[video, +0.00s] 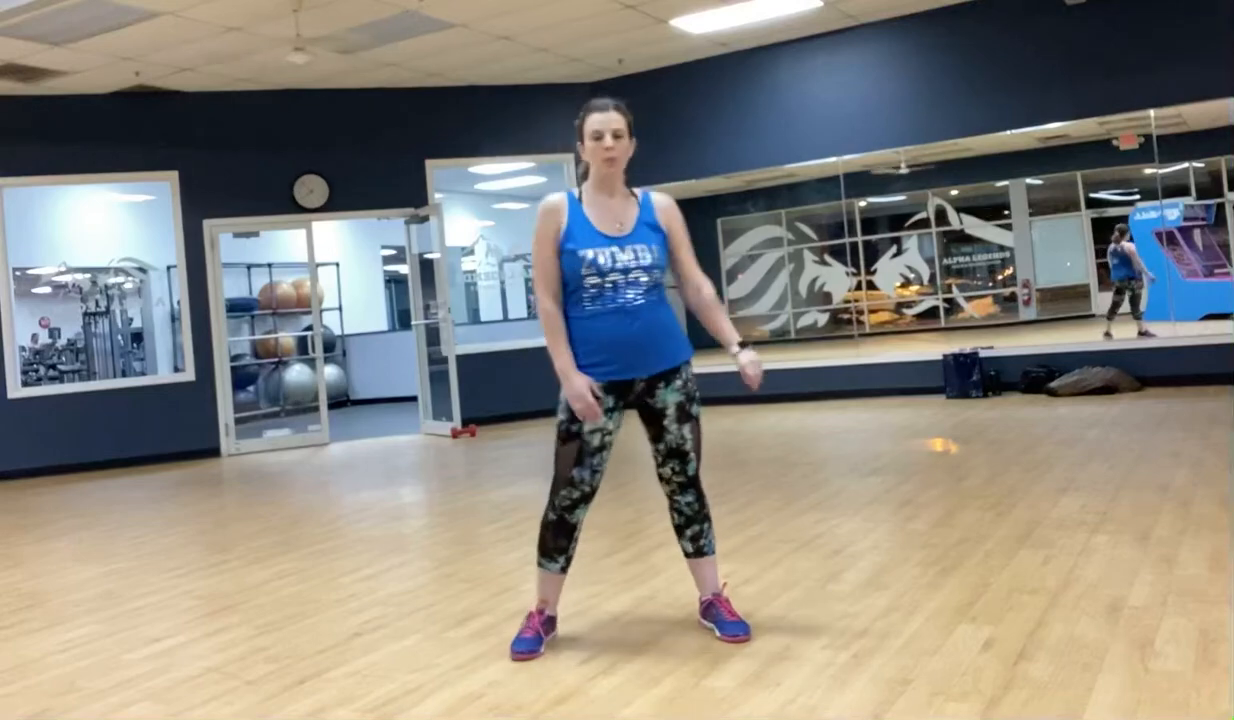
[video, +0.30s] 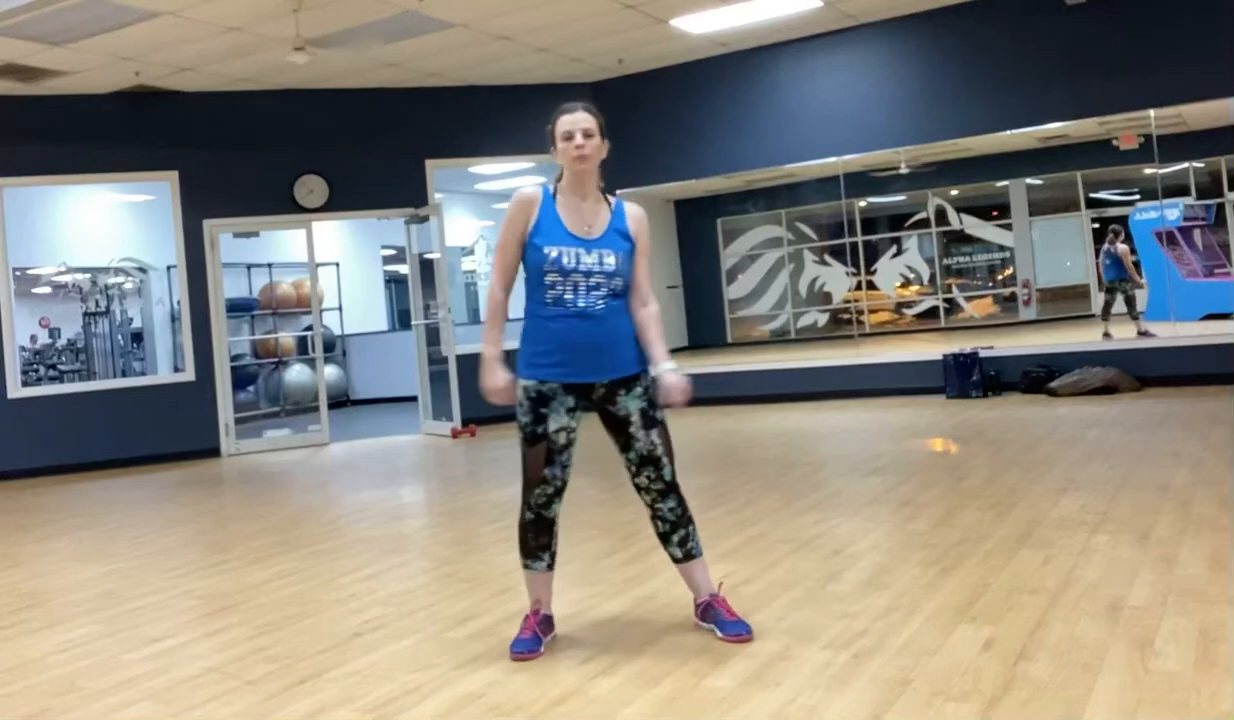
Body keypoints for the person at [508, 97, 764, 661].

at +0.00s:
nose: (608, 144)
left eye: (617, 135)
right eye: (597, 136)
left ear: (632, 144)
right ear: (581, 147)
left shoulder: (661, 209)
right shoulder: (557, 213)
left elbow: (697, 286)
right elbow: (548, 302)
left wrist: (738, 346)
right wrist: (568, 375)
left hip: (666, 369)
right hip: (593, 377)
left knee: (684, 482)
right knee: (570, 493)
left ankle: (714, 600)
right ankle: (543, 613)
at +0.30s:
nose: (579, 144)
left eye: (588, 135)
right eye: (569, 137)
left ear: (604, 144)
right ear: (554, 148)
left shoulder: (630, 216)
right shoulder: (530, 203)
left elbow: (643, 301)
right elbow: (499, 287)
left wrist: (664, 364)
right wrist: (492, 358)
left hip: (623, 374)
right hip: (549, 377)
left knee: (660, 485)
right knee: (541, 495)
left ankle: (707, 600)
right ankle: (538, 613)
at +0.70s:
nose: (576, 145)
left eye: (583, 136)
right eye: (565, 140)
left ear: (601, 144)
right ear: (552, 153)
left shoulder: (638, 203)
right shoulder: (536, 220)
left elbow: (666, 285)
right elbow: (519, 303)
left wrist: (647, 354)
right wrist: (488, 368)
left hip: (627, 373)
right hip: (556, 378)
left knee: (663, 486)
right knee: (547, 495)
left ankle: (708, 600)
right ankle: (538, 612)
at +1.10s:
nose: (598, 143)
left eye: (605, 135)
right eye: (587, 137)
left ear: (619, 144)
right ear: (571, 152)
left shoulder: (652, 187)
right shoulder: (562, 223)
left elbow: (709, 254)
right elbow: (565, 310)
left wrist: (716, 330)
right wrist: (561, 382)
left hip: (673, 365)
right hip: (599, 376)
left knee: (689, 482)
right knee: (573, 490)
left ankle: (711, 600)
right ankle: (545, 612)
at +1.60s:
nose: (633, 162)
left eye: (636, 152)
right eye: (622, 153)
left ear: (636, 157)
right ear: (589, 158)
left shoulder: (654, 219)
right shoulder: (551, 222)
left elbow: (709, 281)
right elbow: (538, 306)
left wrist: (771, 326)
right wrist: (568, 370)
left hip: (679, 368)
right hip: (607, 380)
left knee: (691, 482)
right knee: (584, 496)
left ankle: (710, 599)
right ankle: (549, 613)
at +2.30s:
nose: (580, 157)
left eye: (579, 146)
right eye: (566, 159)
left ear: (591, 146)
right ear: (553, 176)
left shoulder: (642, 211)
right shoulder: (539, 218)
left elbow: (665, 291)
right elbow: (498, 293)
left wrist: (652, 334)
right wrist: (455, 353)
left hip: (628, 370)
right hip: (552, 373)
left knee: (672, 480)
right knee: (547, 491)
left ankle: (707, 601)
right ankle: (545, 614)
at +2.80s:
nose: (601, 149)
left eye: (603, 138)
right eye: (586, 145)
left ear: (614, 142)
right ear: (569, 162)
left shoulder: (659, 205)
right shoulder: (558, 223)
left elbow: (723, 261)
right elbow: (540, 304)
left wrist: (779, 305)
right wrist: (554, 368)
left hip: (668, 368)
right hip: (591, 377)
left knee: (685, 482)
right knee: (571, 492)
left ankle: (711, 599)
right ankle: (547, 613)